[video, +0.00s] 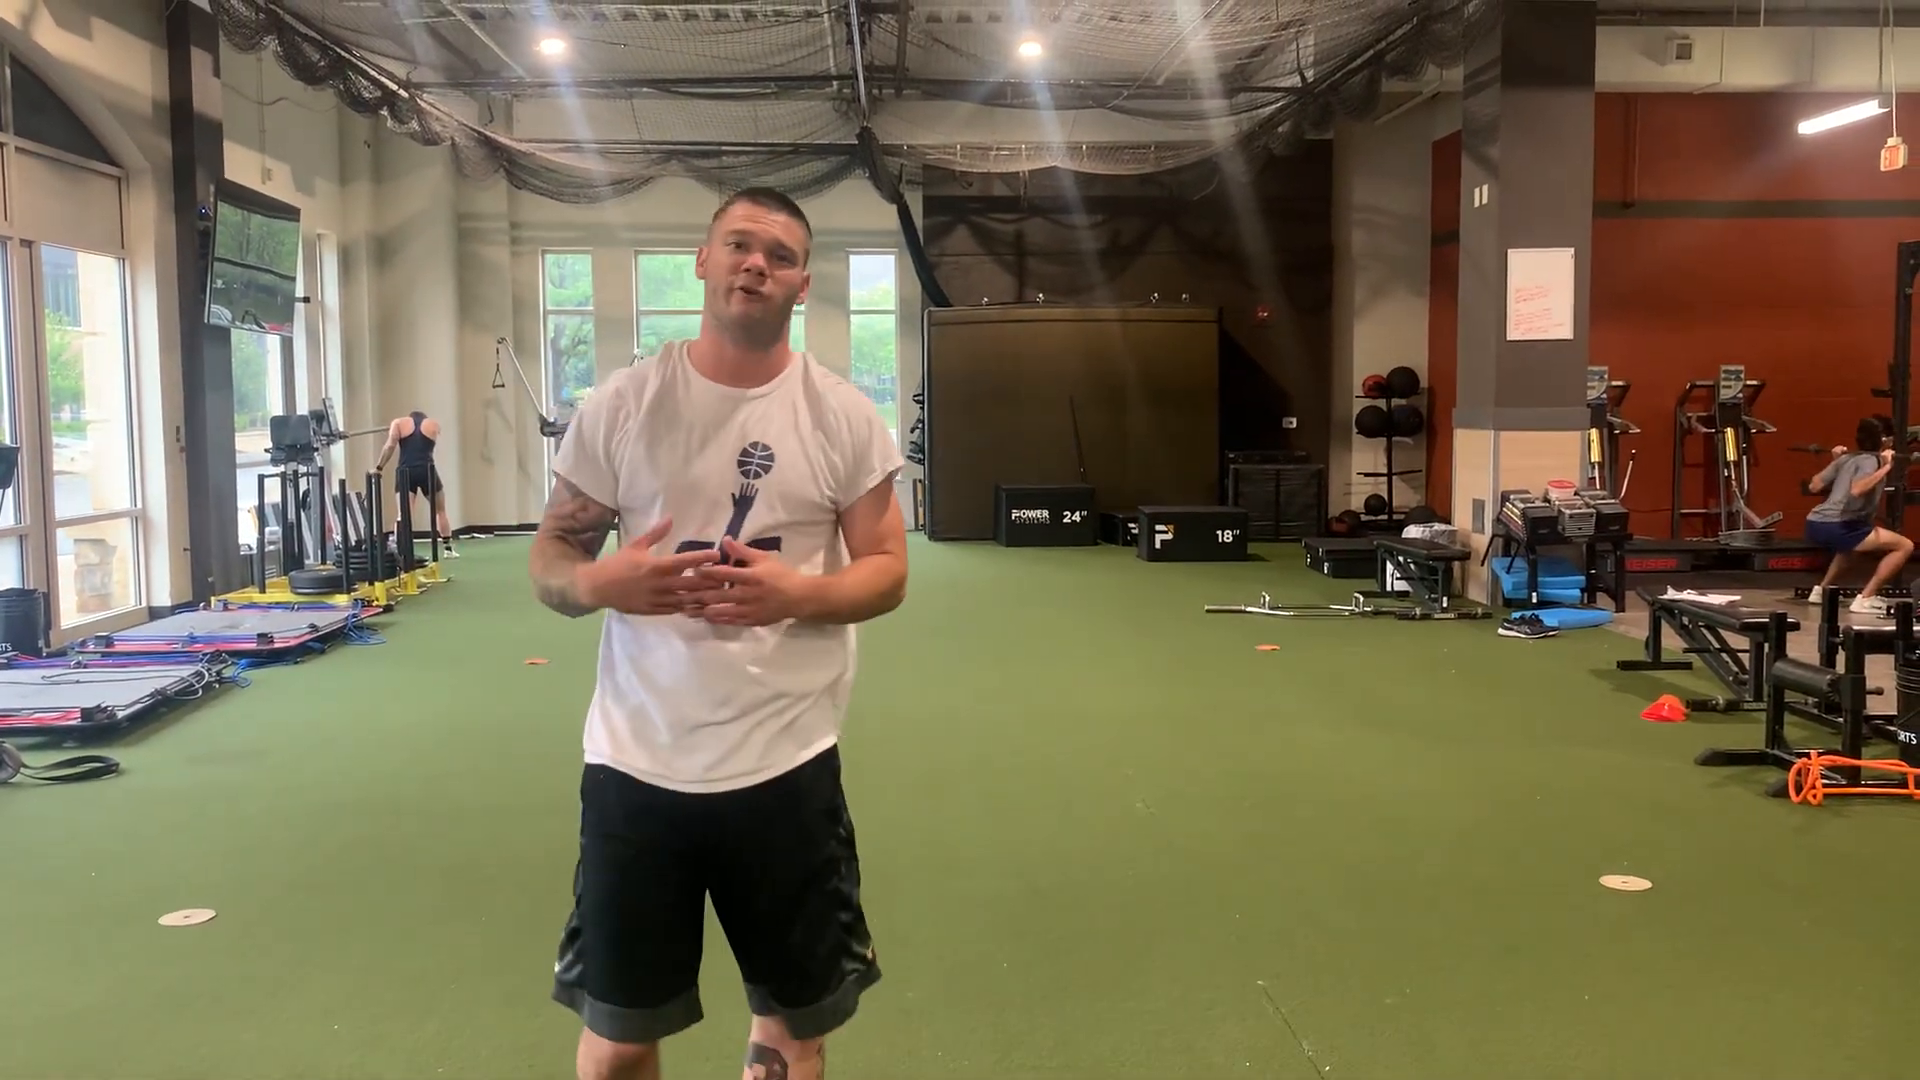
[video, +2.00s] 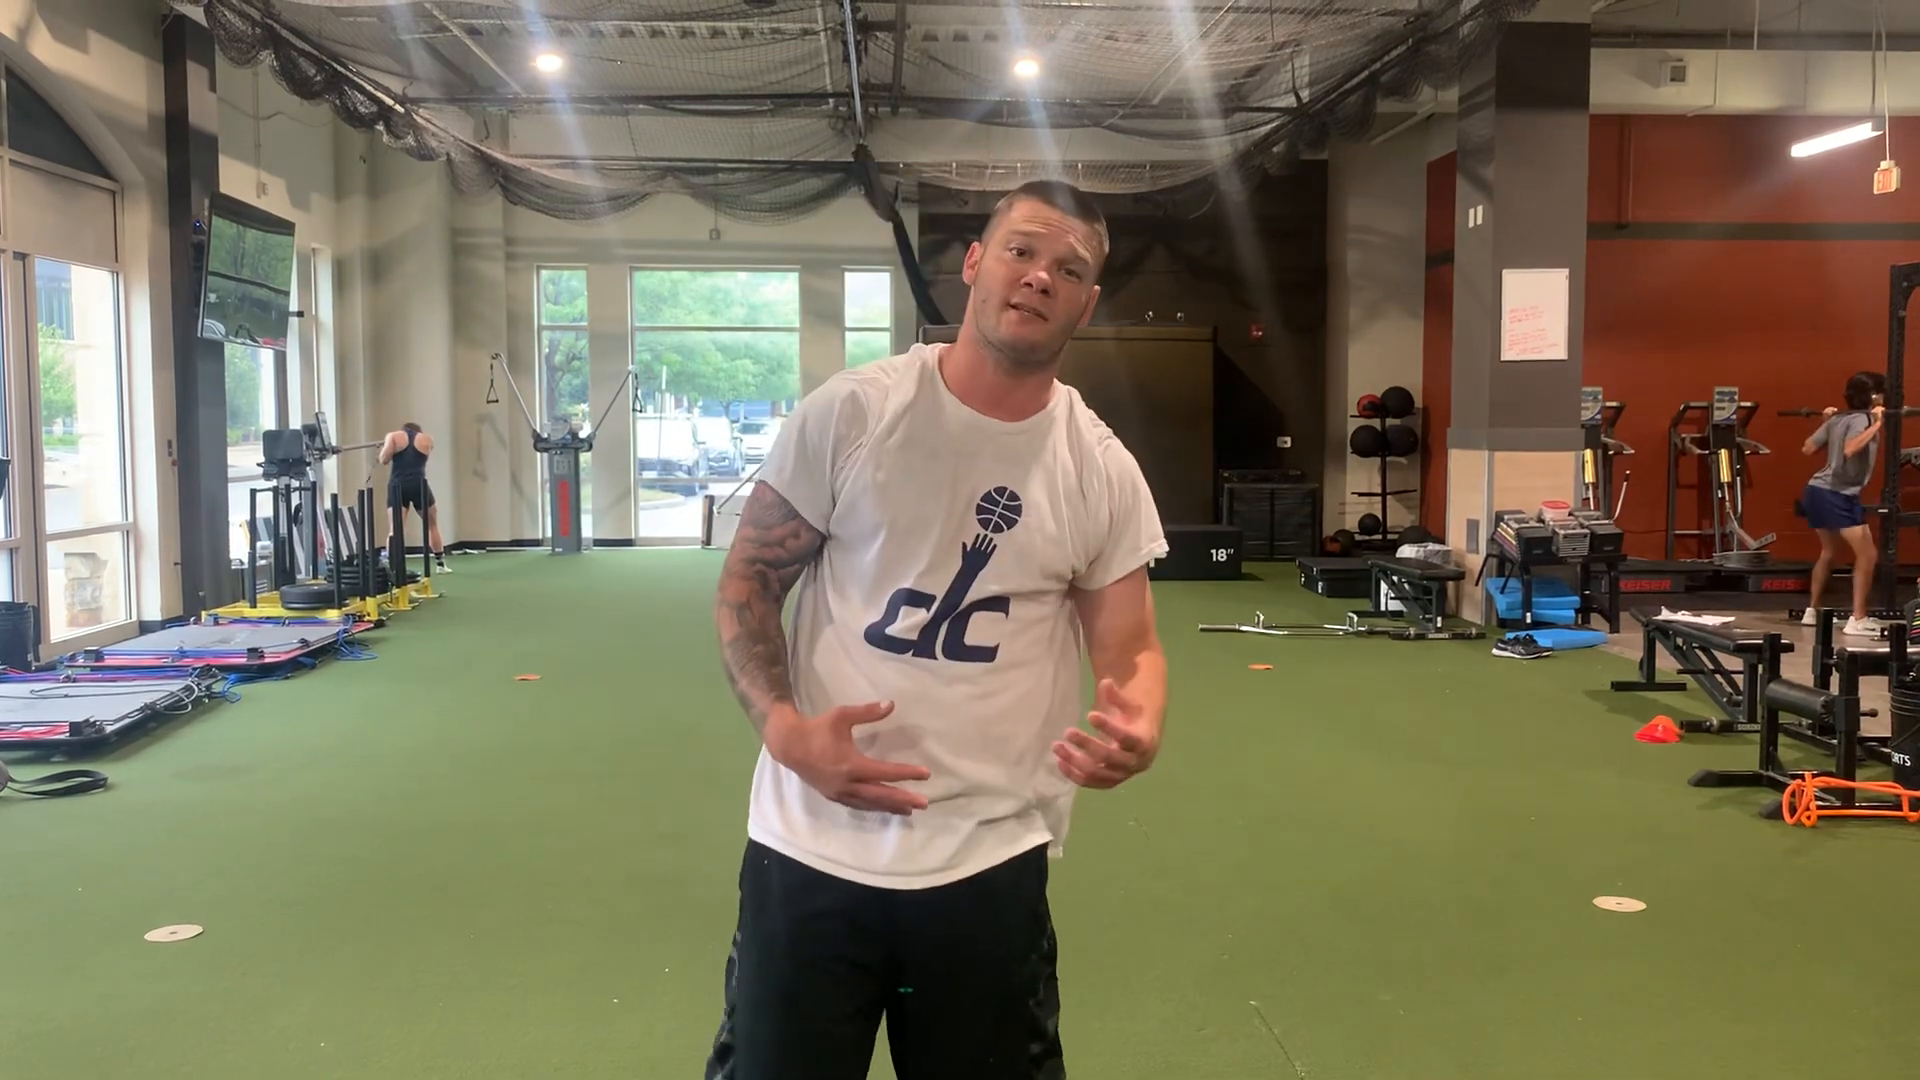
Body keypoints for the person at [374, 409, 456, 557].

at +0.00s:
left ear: (410, 416)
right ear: (424, 417)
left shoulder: (398, 423)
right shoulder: (433, 425)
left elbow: (390, 446)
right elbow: (430, 446)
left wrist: (379, 467)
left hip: (405, 472)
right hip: (426, 471)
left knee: (403, 514)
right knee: (440, 510)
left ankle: (397, 547)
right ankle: (448, 548)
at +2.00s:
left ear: (403, 429)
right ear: (419, 431)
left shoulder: (393, 436)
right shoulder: (427, 440)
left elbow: (383, 459)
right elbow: (424, 456)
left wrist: (383, 449)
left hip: (398, 485)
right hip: (419, 484)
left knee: (395, 528)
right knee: (432, 524)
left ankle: (389, 563)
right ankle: (441, 563)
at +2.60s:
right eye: (423, 431)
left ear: (406, 430)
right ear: (422, 431)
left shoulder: (395, 443)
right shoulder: (431, 444)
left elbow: (387, 466)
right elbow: (425, 466)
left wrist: (375, 485)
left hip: (401, 490)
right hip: (422, 489)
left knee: (397, 533)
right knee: (435, 528)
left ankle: (392, 566)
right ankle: (443, 567)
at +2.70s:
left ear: (405, 430)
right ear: (422, 430)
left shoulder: (395, 444)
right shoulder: (431, 445)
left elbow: (387, 468)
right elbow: (424, 466)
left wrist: (375, 487)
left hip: (401, 491)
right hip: (422, 490)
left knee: (398, 534)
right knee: (435, 529)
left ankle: (394, 568)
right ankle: (444, 567)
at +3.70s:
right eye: (418, 428)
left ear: (403, 429)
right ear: (420, 429)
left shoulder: (394, 446)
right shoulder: (429, 447)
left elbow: (388, 469)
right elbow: (425, 466)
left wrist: (377, 486)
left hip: (400, 492)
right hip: (421, 492)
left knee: (398, 536)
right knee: (436, 531)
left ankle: (394, 570)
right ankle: (445, 569)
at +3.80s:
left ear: (403, 430)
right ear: (420, 430)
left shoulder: (394, 446)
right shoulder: (429, 447)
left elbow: (388, 469)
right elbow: (425, 466)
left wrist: (377, 486)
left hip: (401, 493)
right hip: (422, 493)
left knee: (399, 537)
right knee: (436, 532)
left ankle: (395, 572)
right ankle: (445, 569)